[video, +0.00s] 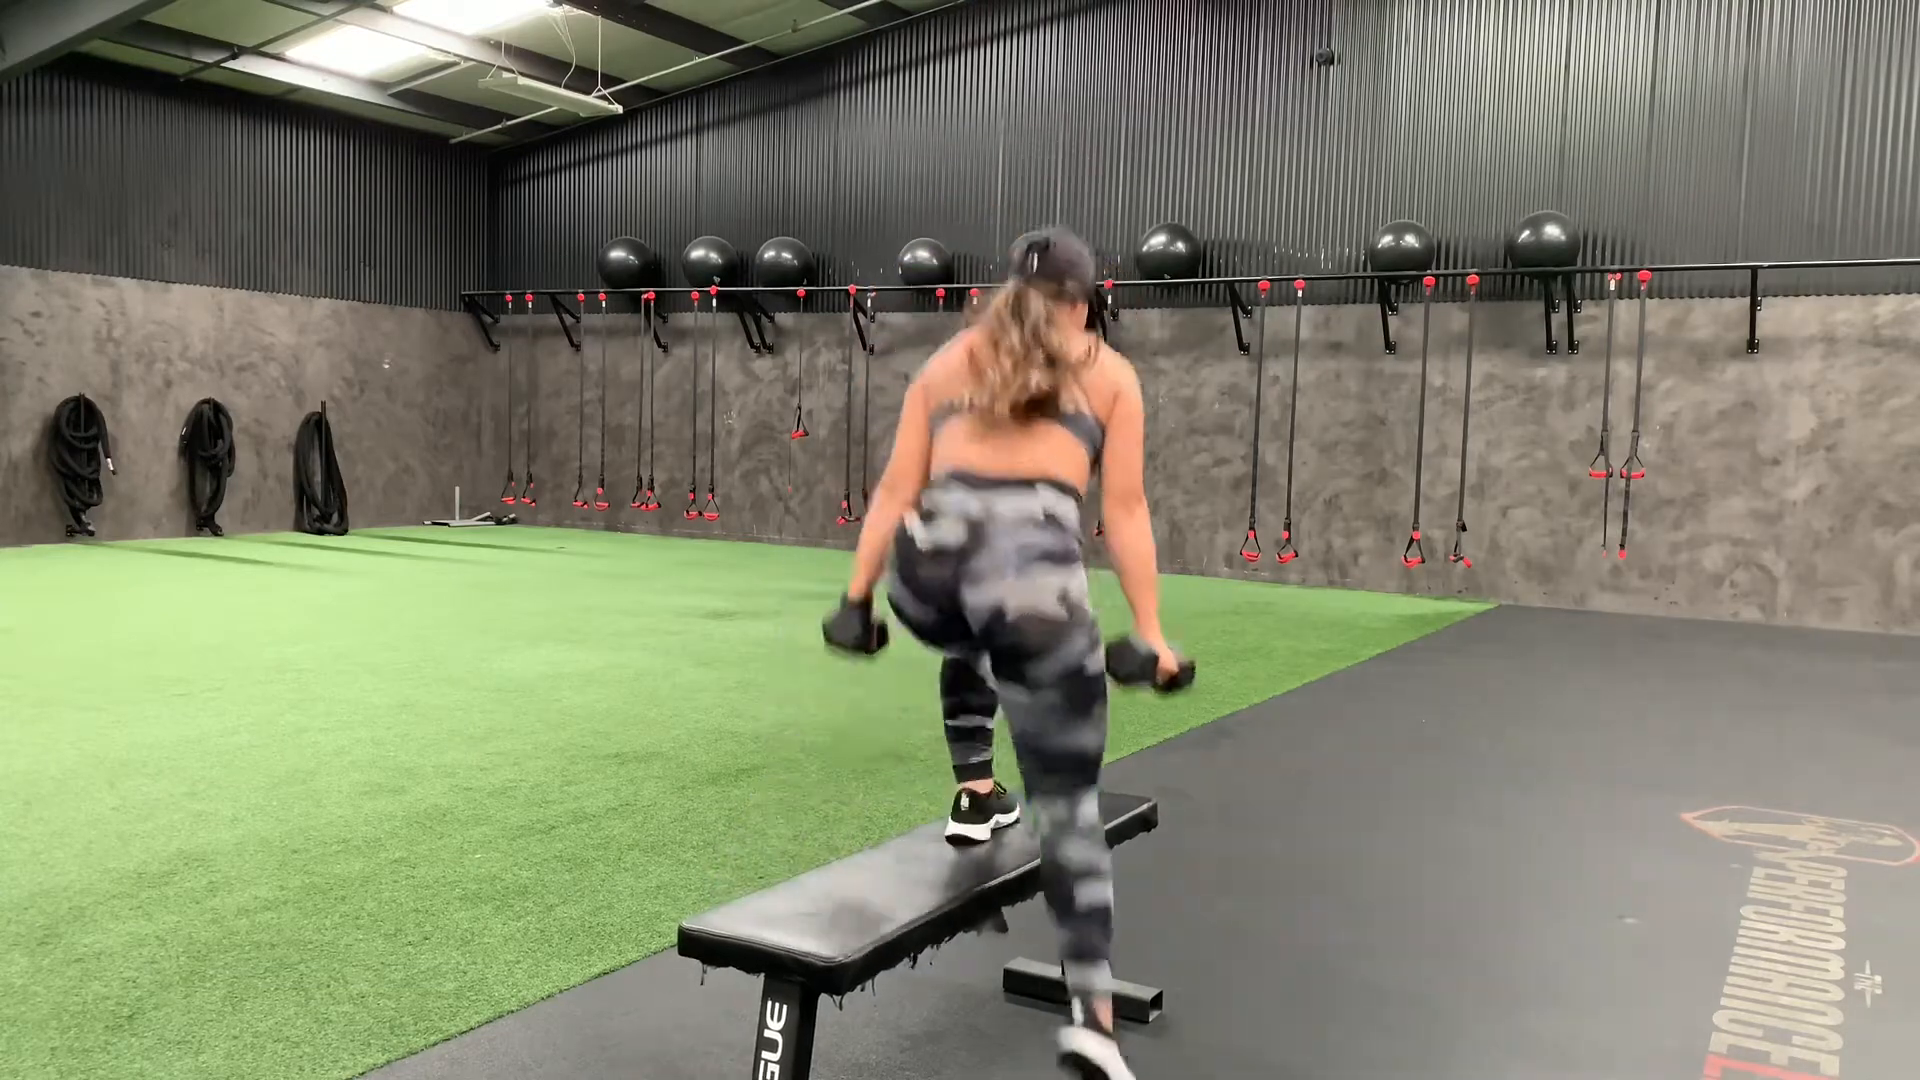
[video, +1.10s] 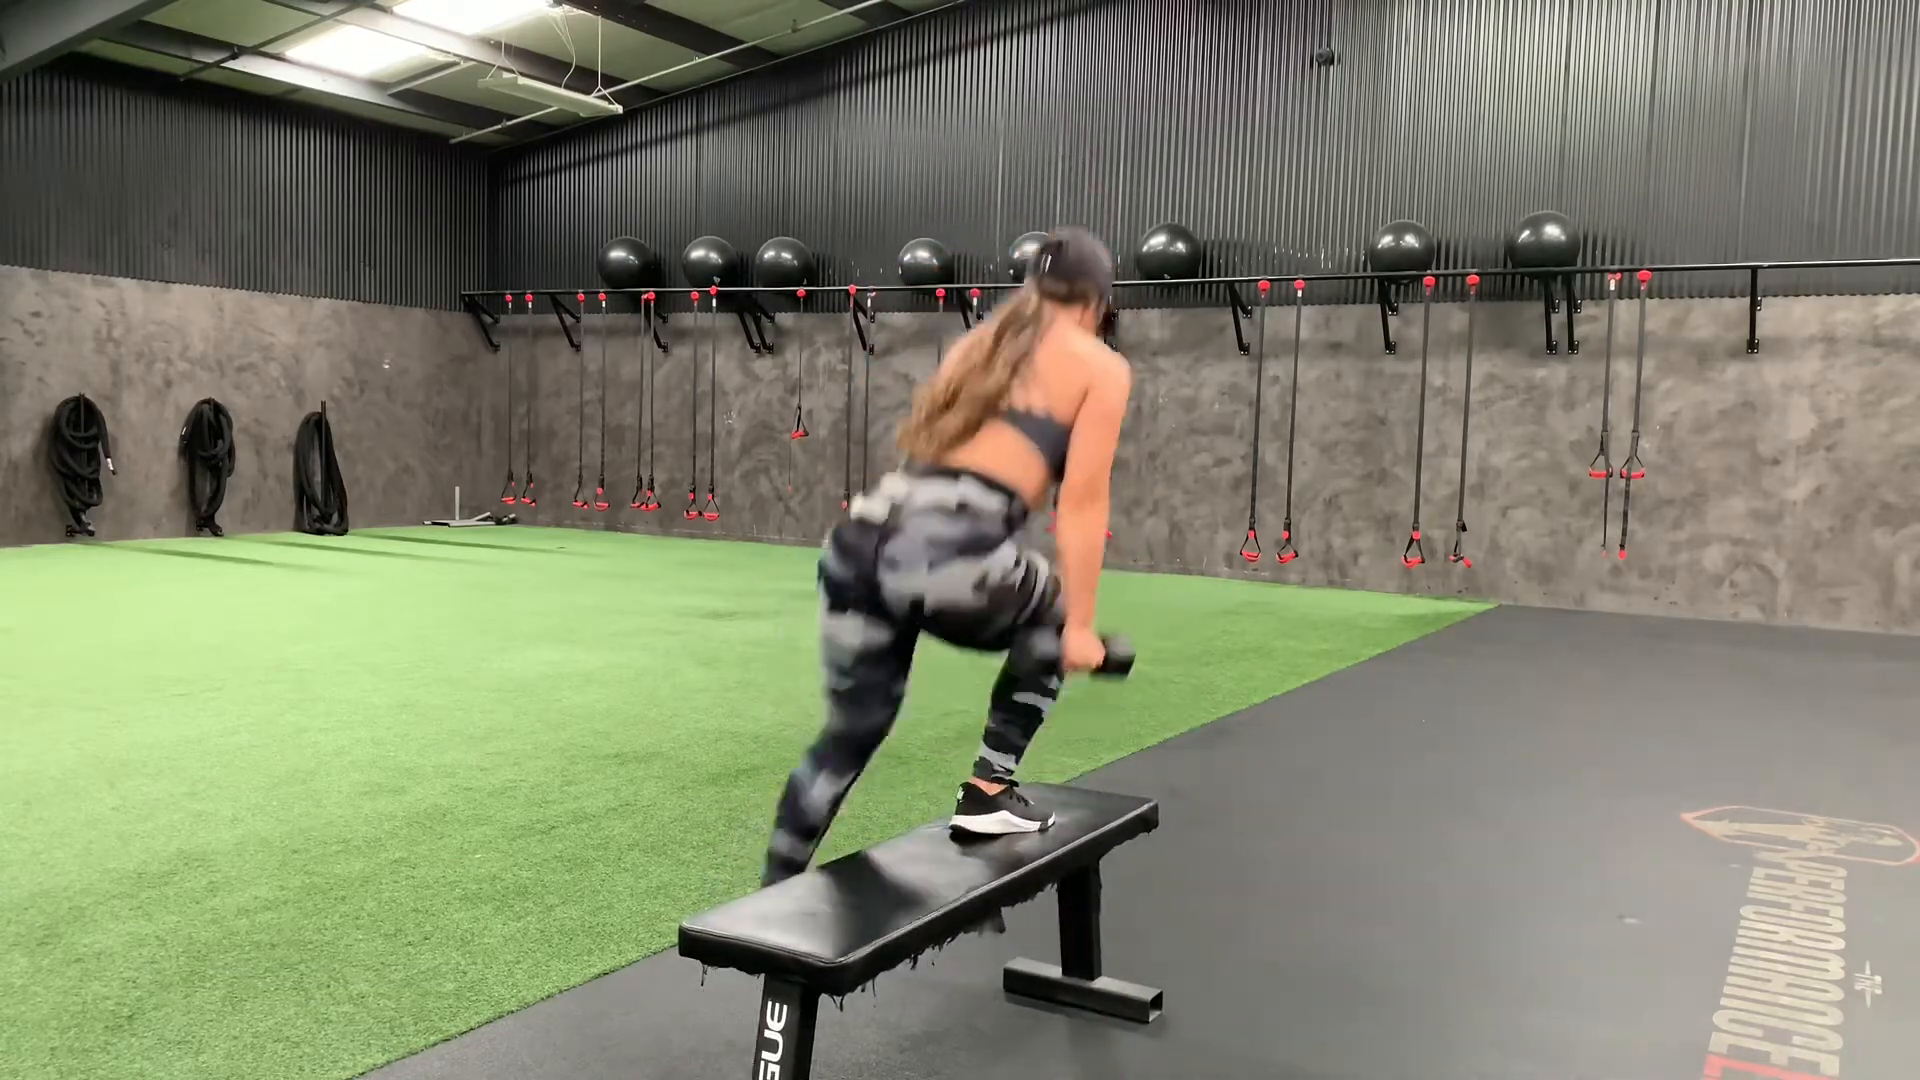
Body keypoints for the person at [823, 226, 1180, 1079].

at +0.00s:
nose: (1096, 309)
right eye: (1096, 296)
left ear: (1007, 291)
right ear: (1088, 299)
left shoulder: (949, 362)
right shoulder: (1111, 374)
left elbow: (898, 487)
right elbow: (1124, 510)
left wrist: (856, 595)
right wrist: (1150, 632)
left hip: (928, 564)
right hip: (1036, 569)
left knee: (965, 637)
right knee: (1066, 806)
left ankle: (974, 790)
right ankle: (1092, 1016)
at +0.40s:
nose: (1079, 263)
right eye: (1083, 252)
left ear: (1012, 240)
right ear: (1079, 249)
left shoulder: (950, 314)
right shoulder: (1098, 321)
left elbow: (912, 443)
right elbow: (1121, 448)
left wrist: (888, 557)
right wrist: (1154, 571)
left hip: (922, 517)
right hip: (1020, 515)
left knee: (973, 625)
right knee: (1076, 706)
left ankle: (980, 787)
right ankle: (1095, 894)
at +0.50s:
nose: (1092, 233)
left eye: (1090, 221)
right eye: (1093, 220)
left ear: (1022, 205)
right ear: (1085, 216)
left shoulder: (960, 264)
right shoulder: (1097, 278)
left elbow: (920, 379)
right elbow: (1110, 410)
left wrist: (877, 507)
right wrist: (1130, 531)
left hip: (892, 455)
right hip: (995, 458)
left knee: (960, 594)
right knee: (1071, 615)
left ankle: (946, 765)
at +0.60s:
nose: (1096, 231)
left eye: (1094, 218)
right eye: (1097, 217)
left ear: (1028, 202)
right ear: (1089, 212)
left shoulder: (973, 257)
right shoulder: (1093, 275)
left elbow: (925, 372)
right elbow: (1093, 403)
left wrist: (866, 503)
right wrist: (1105, 530)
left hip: (880, 452)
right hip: (977, 451)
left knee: (952, 607)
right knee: (1063, 597)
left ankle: (851, 758)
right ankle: (1009, 776)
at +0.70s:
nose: (1095, 272)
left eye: (1095, 260)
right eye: (1095, 260)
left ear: (1031, 245)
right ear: (1087, 255)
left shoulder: (972, 296)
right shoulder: (1085, 312)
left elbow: (935, 414)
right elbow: (1076, 446)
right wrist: (1081, 571)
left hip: (871, 501)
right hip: (956, 501)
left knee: (894, 684)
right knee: (1053, 619)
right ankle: (987, 797)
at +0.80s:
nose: (1089, 353)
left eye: (1090, 340)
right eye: (1089, 341)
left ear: (1026, 328)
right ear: (1076, 339)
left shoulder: (965, 381)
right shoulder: (1069, 404)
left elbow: (924, 498)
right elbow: (1057, 540)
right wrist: (1059, 665)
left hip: (863, 586)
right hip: (947, 595)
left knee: (837, 773)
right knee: (1076, 628)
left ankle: (754, 941)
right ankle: (993, 793)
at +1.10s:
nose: (1100, 314)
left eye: (1097, 302)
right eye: (1101, 302)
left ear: (1029, 290)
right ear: (1097, 303)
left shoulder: (974, 343)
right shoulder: (1100, 366)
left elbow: (933, 441)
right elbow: (1081, 500)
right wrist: (1079, 625)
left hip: (861, 543)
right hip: (953, 553)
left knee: (851, 729)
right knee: (1047, 614)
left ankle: (774, 900)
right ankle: (989, 790)